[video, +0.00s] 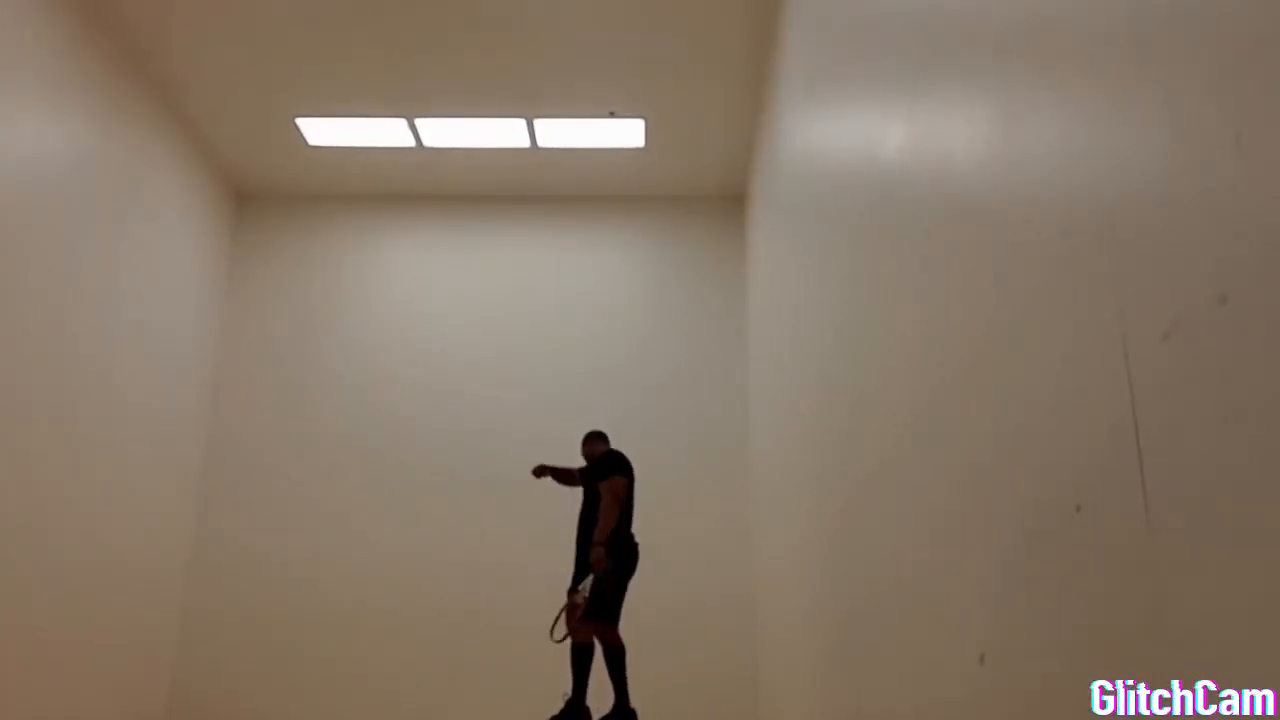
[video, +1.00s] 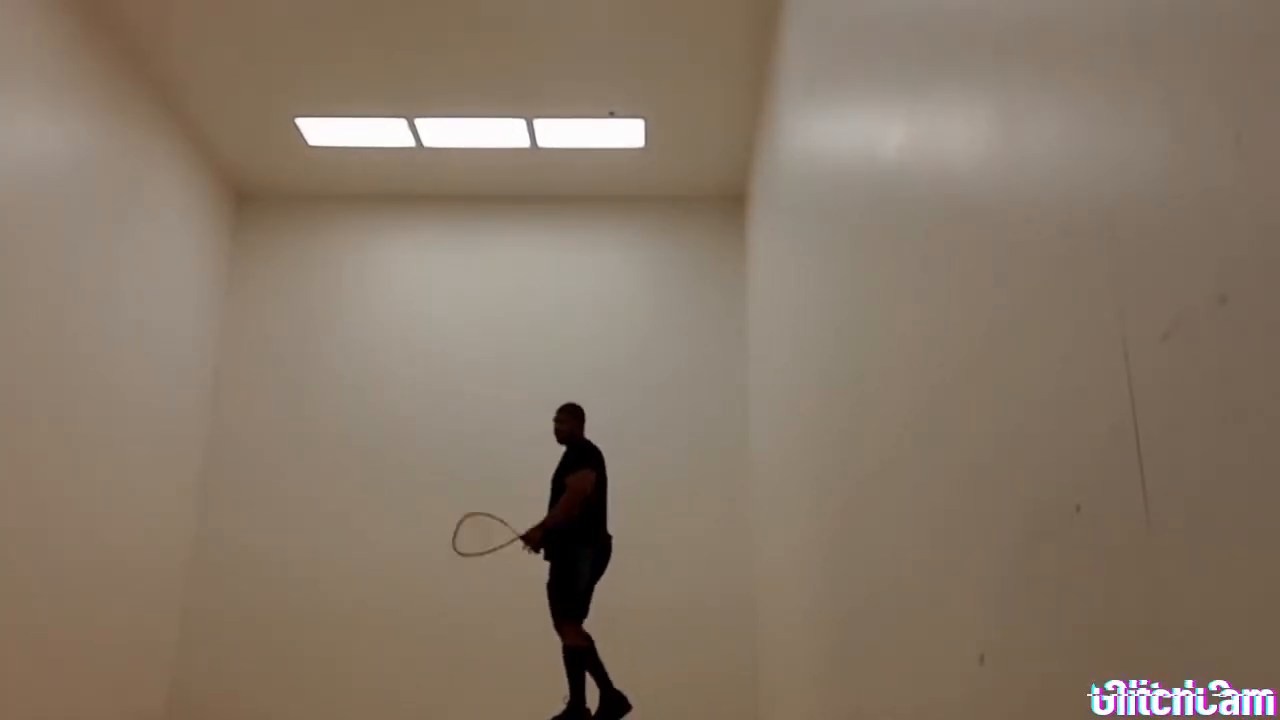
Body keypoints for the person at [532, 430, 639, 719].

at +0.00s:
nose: (585, 456)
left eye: (586, 451)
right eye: (585, 452)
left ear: (593, 446)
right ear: (604, 444)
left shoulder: (612, 462)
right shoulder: (600, 468)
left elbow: (611, 504)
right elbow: (576, 477)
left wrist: (599, 544)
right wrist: (550, 471)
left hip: (609, 556)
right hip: (613, 556)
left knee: (580, 624)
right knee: (606, 628)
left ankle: (577, 704)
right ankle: (622, 705)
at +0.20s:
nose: (576, 459)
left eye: (577, 454)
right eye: (576, 456)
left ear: (584, 448)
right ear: (596, 444)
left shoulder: (605, 459)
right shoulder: (599, 466)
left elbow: (605, 500)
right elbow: (576, 476)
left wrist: (585, 538)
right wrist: (550, 474)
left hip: (607, 551)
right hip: (613, 551)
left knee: (584, 626)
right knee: (606, 627)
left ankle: (578, 704)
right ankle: (623, 705)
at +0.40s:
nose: (569, 453)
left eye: (569, 446)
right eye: (567, 448)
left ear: (580, 440)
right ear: (586, 439)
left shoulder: (602, 459)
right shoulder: (590, 468)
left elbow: (599, 502)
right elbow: (578, 503)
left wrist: (576, 541)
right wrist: (547, 491)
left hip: (606, 551)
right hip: (599, 551)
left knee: (582, 625)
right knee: (603, 627)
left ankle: (578, 705)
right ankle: (623, 705)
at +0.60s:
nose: (560, 442)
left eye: (562, 436)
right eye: (559, 437)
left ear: (577, 432)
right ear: (579, 433)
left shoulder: (592, 459)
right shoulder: (586, 463)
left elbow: (596, 502)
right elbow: (588, 514)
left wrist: (572, 540)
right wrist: (557, 530)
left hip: (596, 550)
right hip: (598, 550)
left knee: (570, 622)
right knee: (599, 624)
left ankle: (577, 705)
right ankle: (622, 704)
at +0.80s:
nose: (558, 432)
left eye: (564, 427)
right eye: (557, 427)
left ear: (579, 428)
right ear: (561, 430)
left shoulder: (587, 456)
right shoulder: (576, 459)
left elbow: (587, 502)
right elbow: (576, 507)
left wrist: (559, 538)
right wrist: (559, 545)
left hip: (587, 549)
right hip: (582, 549)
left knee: (571, 624)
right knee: (585, 624)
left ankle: (575, 705)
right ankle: (618, 702)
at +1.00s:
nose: (556, 427)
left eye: (562, 422)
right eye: (556, 422)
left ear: (577, 425)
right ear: (569, 426)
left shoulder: (583, 455)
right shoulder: (576, 456)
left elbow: (573, 501)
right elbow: (567, 506)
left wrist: (540, 531)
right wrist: (545, 536)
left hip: (582, 547)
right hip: (575, 547)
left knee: (568, 623)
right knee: (568, 623)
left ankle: (609, 694)